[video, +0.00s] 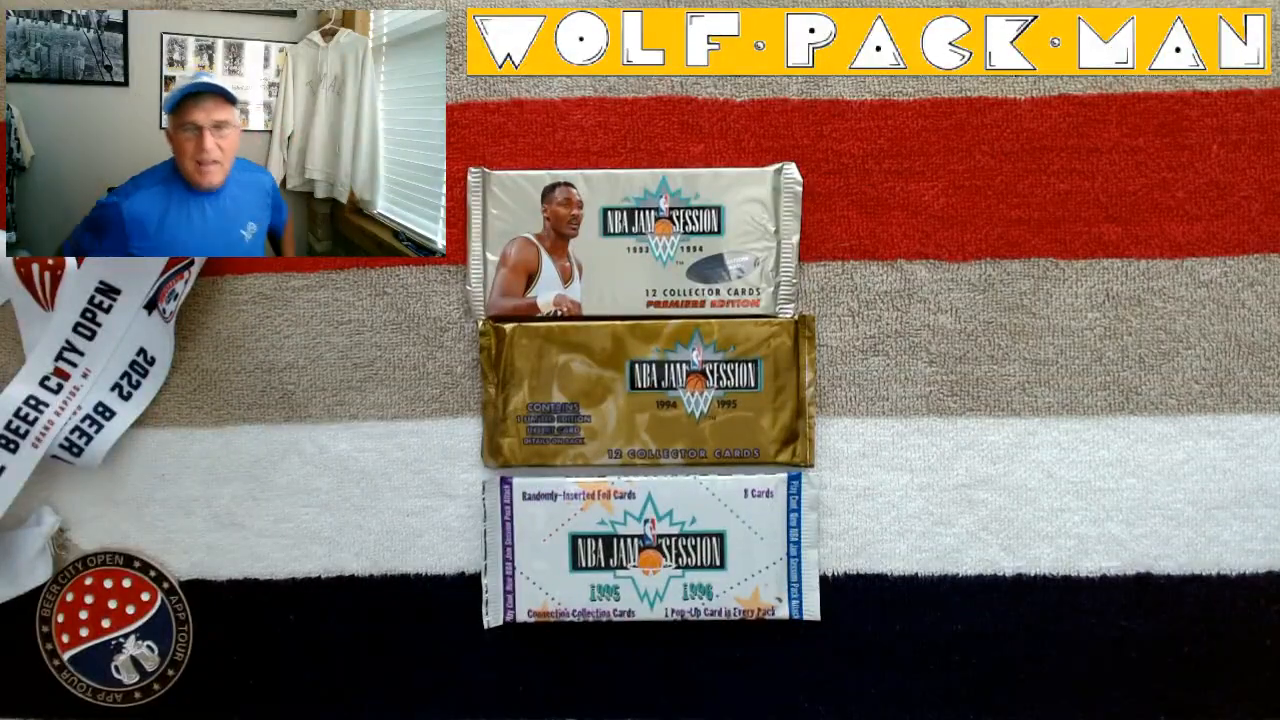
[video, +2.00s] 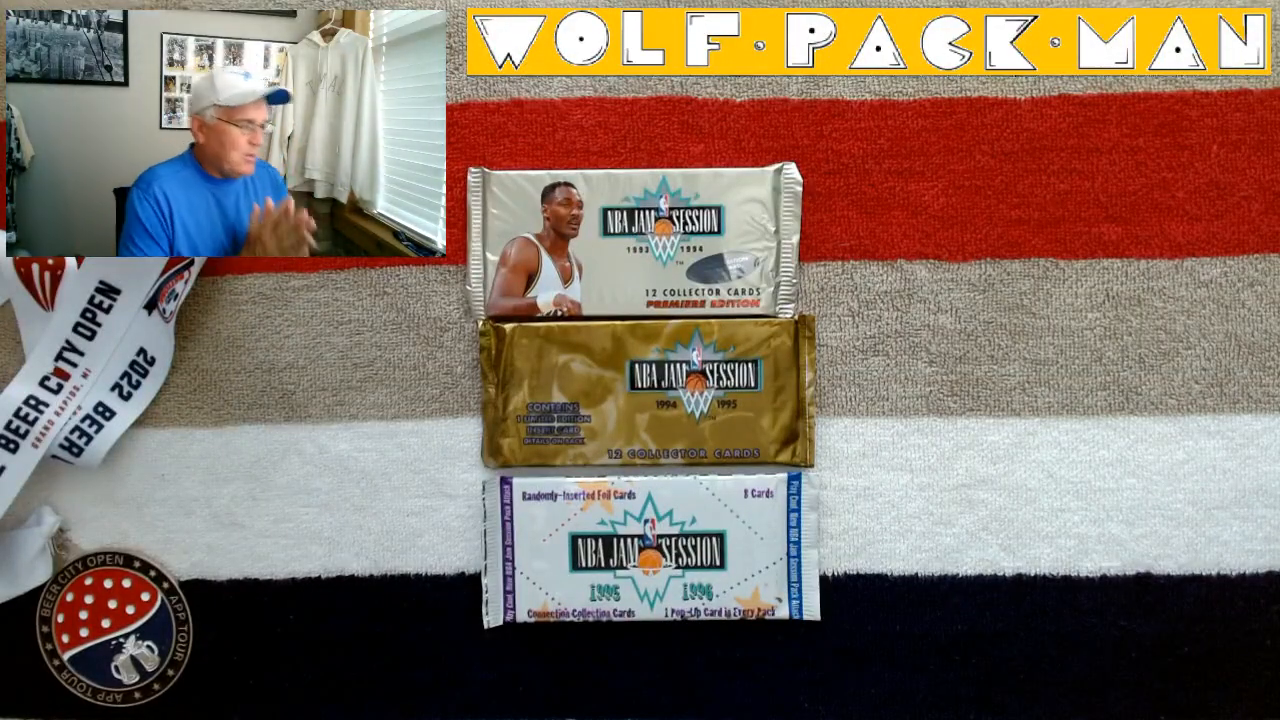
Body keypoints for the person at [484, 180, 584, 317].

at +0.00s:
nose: (576, 213)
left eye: (580, 207)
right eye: (566, 205)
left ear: (583, 211)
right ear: (545, 211)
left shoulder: (575, 265)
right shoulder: (520, 250)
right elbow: (495, 308)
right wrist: (550, 302)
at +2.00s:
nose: (576, 213)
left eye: (580, 207)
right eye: (566, 205)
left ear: (583, 211)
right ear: (545, 211)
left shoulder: (575, 265)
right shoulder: (520, 250)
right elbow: (495, 307)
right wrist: (550, 301)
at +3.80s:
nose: (576, 213)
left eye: (580, 206)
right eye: (566, 205)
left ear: (583, 211)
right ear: (545, 210)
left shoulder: (575, 265)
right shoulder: (521, 249)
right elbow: (494, 307)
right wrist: (550, 301)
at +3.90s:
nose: (576, 213)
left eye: (580, 207)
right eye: (566, 205)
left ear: (583, 211)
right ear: (545, 211)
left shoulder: (575, 265)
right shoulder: (521, 250)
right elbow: (495, 307)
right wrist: (550, 301)